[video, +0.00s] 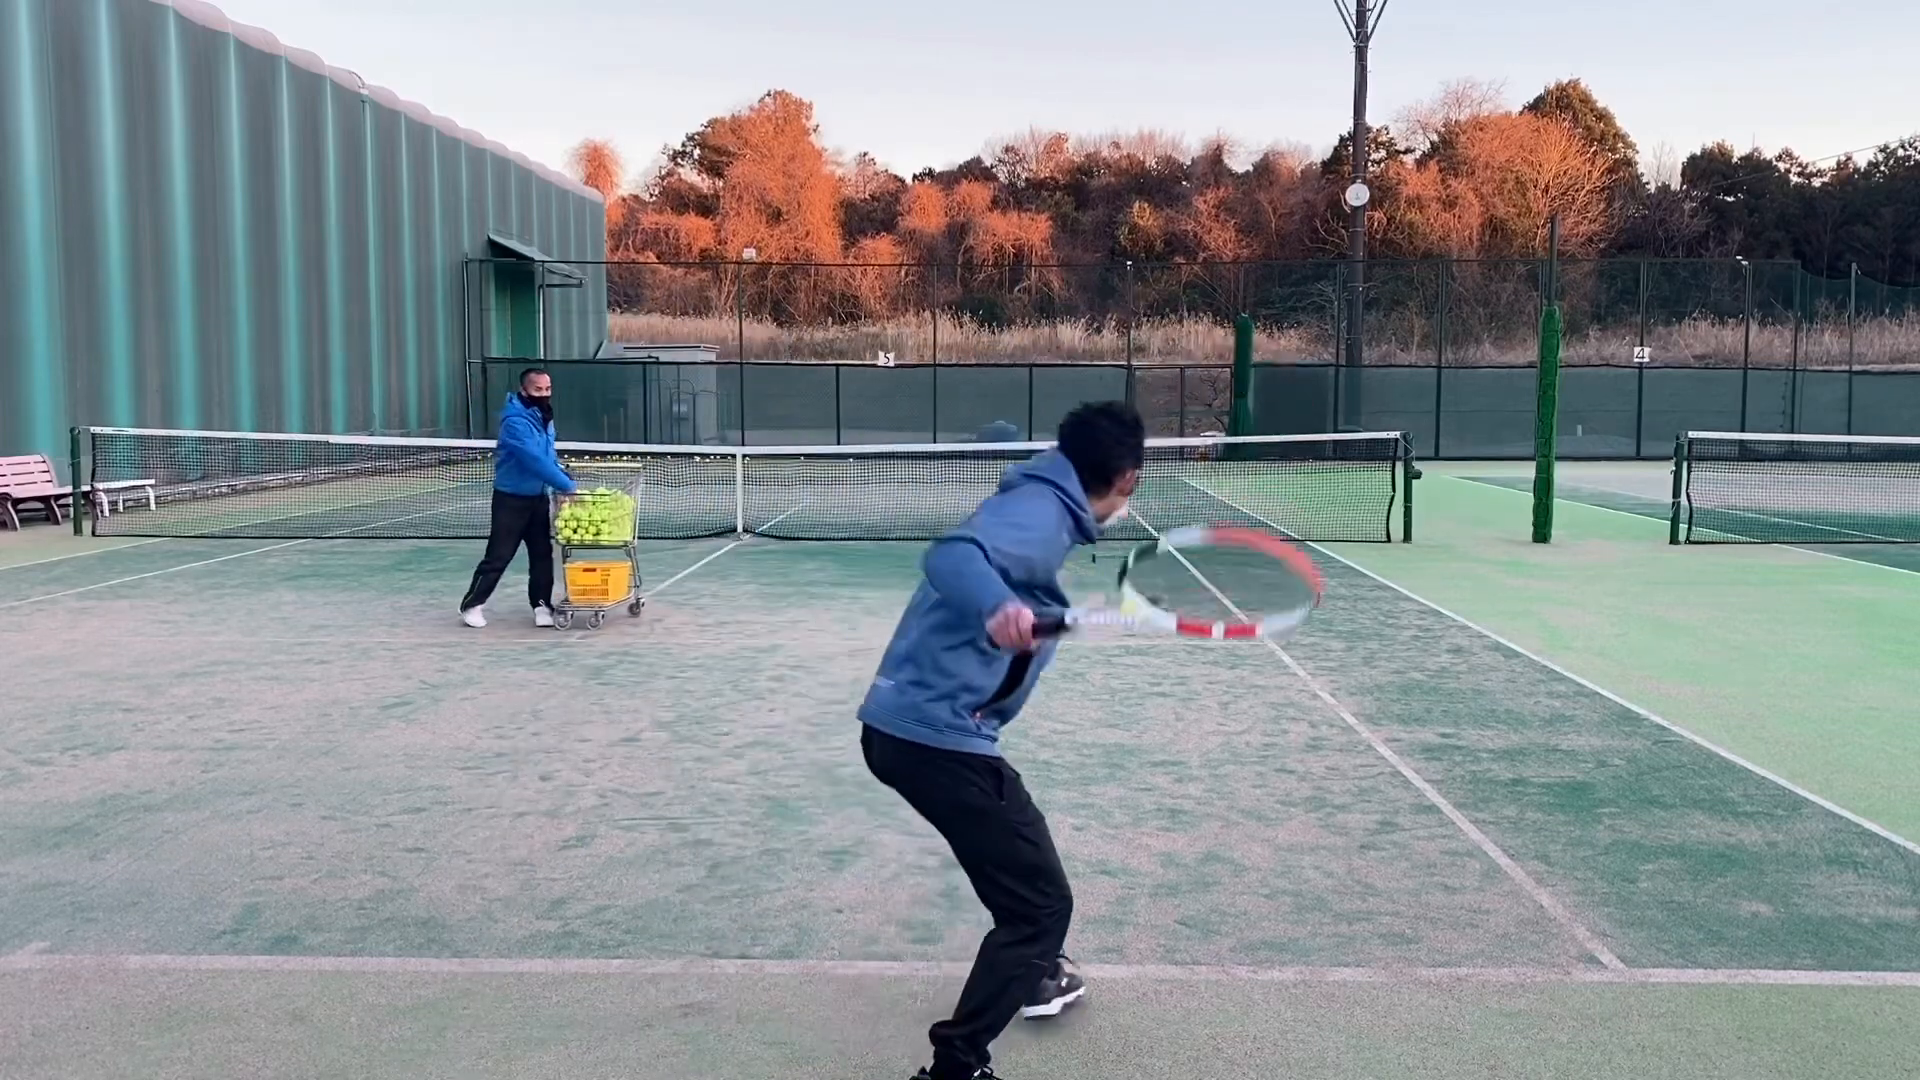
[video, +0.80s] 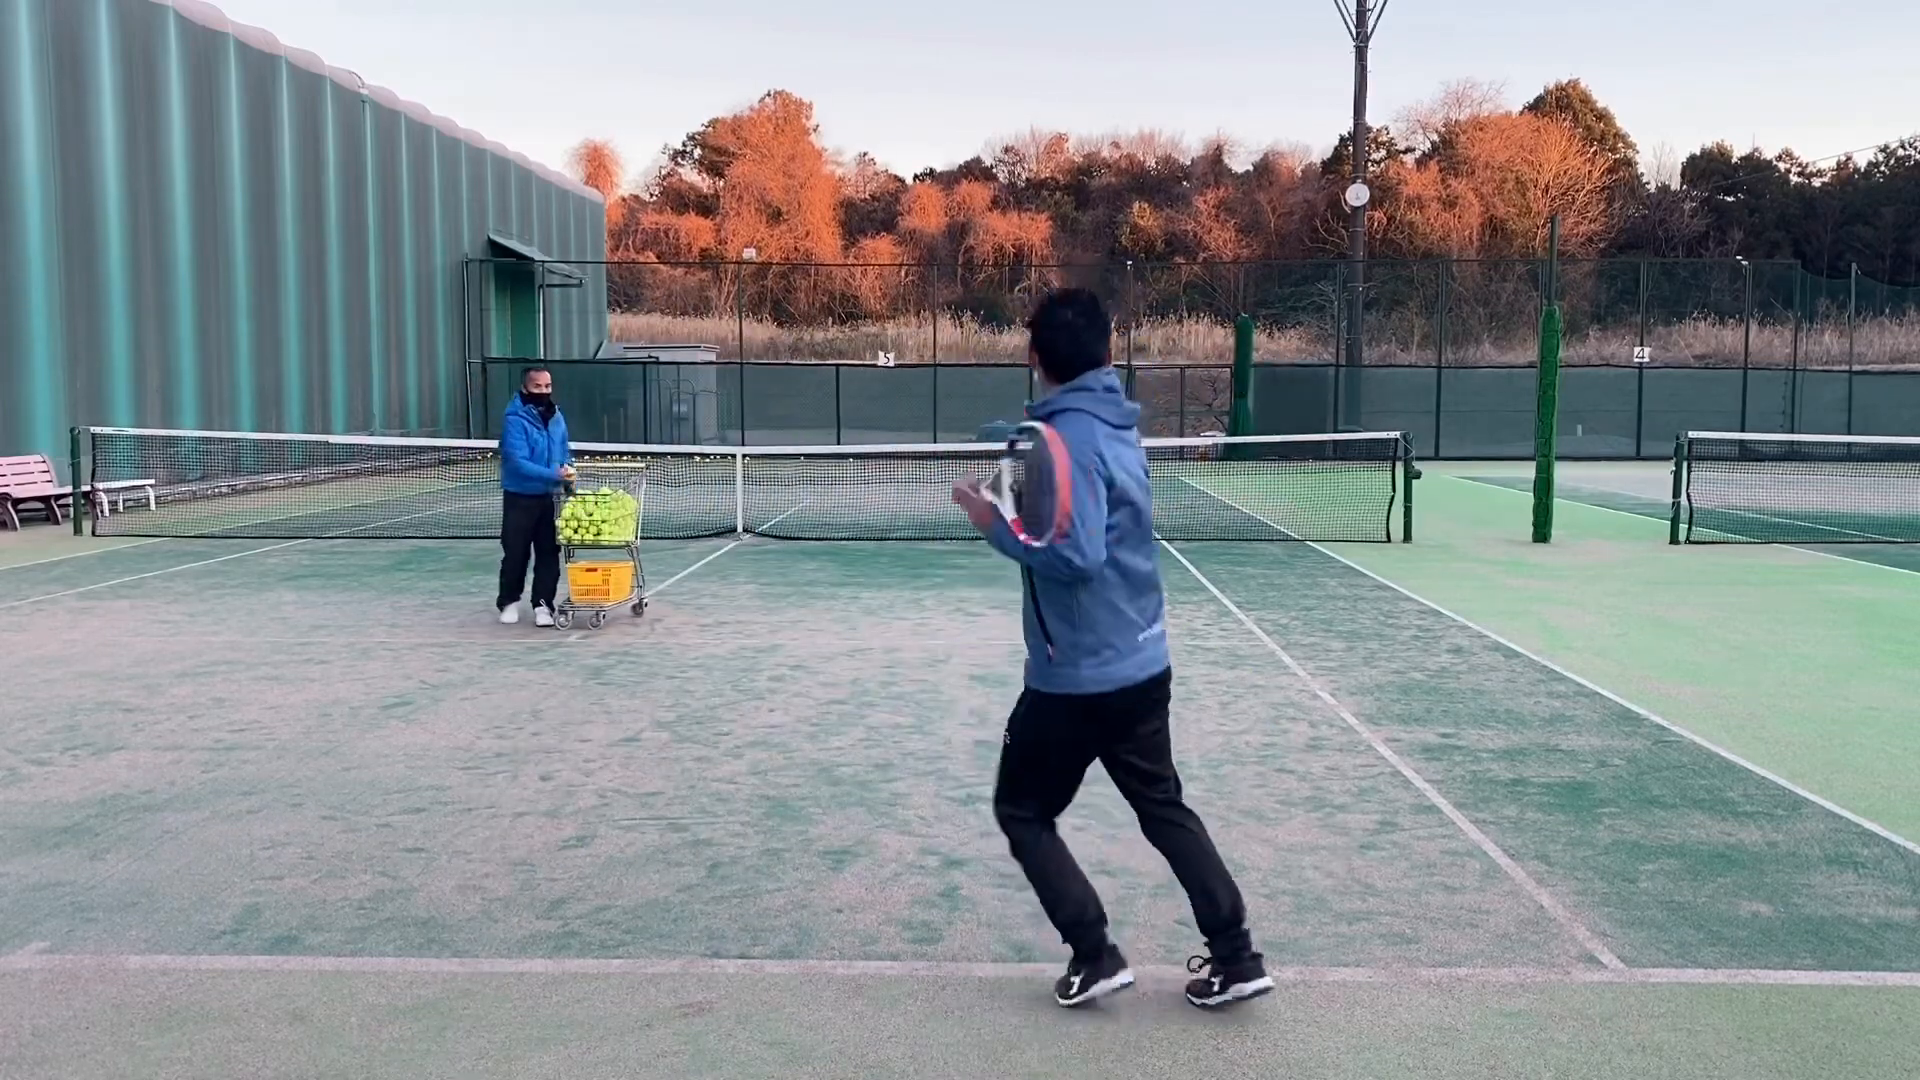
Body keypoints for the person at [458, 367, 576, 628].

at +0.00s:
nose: (545, 393)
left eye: (548, 389)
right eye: (539, 389)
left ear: (549, 390)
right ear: (525, 390)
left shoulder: (543, 416)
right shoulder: (514, 421)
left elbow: (548, 455)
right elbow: (534, 459)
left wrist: (564, 481)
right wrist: (568, 486)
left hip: (537, 497)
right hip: (510, 498)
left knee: (542, 554)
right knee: (499, 555)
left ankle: (541, 606)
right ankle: (471, 605)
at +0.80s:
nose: (544, 390)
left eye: (548, 386)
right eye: (538, 386)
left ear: (551, 387)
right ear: (526, 387)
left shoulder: (556, 416)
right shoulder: (515, 418)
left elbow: (564, 451)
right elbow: (517, 463)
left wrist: (566, 468)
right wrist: (555, 474)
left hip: (548, 495)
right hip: (520, 496)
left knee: (549, 552)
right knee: (516, 552)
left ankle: (543, 604)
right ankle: (509, 602)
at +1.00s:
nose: (527, 390)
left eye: (532, 385)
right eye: (522, 386)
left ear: (538, 386)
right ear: (512, 387)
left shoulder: (550, 415)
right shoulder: (501, 419)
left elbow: (565, 451)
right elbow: (502, 464)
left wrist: (563, 470)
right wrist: (527, 471)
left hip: (545, 496)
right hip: (514, 497)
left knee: (547, 553)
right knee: (513, 553)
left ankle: (543, 605)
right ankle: (512, 603)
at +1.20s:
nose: (514, 391)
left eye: (518, 386)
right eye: (508, 387)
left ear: (525, 386)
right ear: (499, 389)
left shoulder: (543, 415)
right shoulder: (490, 420)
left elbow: (563, 448)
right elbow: (486, 458)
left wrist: (564, 470)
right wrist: (499, 480)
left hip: (539, 495)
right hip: (506, 496)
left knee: (541, 553)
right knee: (507, 554)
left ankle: (542, 605)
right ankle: (511, 604)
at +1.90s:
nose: (495, 401)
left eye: (498, 395)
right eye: (490, 398)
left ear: (507, 393)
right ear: (483, 400)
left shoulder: (525, 413)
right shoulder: (481, 424)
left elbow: (539, 443)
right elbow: (482, 455)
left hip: (535, 490)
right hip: (503, 494)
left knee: (540, 549)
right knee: (507, 554)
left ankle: (542, 600)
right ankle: (511, 604)